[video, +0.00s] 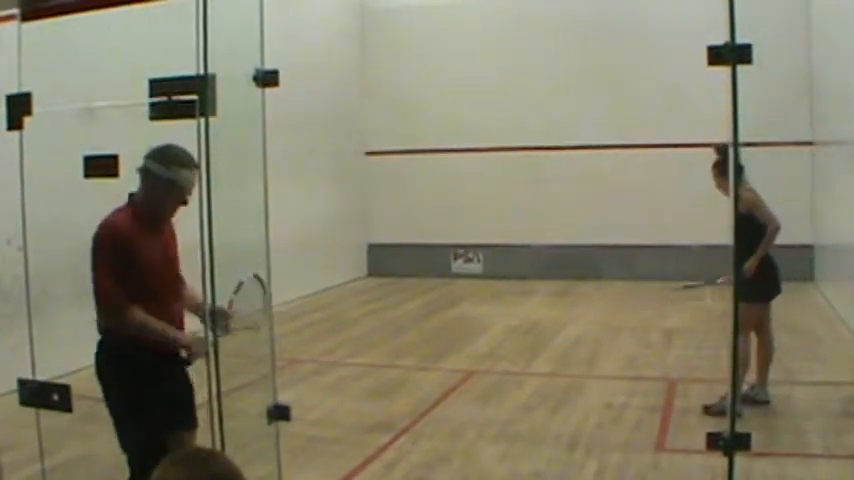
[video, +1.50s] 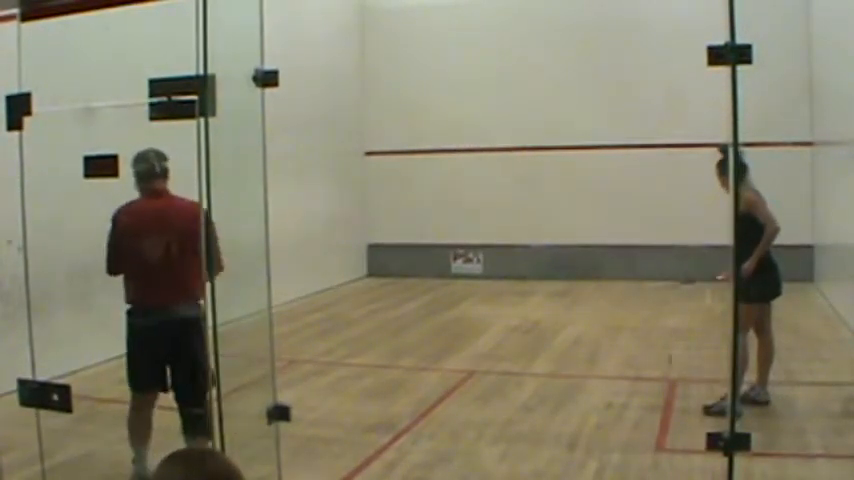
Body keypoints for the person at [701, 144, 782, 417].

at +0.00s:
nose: (717, 186)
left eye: (717, 180)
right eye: (716, 181)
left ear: (725, 177)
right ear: (729, 175)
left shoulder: (746, 196)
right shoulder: (742, 197)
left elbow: (773, 225)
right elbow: (749, 240)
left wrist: (754, 260)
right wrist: (735, 271)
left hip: (754, 276)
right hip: (756, 274)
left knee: (741, 334)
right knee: (763, 332)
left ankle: (733, 395)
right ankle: (760, 388)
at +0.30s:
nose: (716, 188)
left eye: (717, 182)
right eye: (714, 183)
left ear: (726, 177)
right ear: (727, 177)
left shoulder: (744, 196)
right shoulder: (740, 198)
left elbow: (769, 225)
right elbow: (747, 238)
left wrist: (751, 259)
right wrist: (734, 268)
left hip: (752, 276)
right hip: (756, 274)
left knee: (739, 333)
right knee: (762, 332)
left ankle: (733, 394)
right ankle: (760, 387)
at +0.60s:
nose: (716, 187)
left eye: (716, 181)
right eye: (714, 182)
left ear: (726, 178)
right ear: (728, 176)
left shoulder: (745, 197)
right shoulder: (740, 199)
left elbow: (770, 226)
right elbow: (747, 243)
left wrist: (751, 261)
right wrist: (732, 272)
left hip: (753, 276)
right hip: (756, 275)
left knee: (738, 334)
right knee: (762, 332)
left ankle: (733, 393)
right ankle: (759, 388)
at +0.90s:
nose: (717, 185)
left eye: (717, 179)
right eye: (715, 180)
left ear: (726, 177)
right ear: (730, 175)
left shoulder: (746, 197)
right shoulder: (742, 197)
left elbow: (772, 226)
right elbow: (749, 243)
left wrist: (752, 261)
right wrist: (733, 273)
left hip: (753, 277)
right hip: (757, 276)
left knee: (738, 334)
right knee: (762, 332)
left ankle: (733, 394)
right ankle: (760, 388)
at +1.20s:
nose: (717, 184)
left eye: (719, 178)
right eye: (717, 178)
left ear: (728, 176)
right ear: (732, 174)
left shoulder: (747, 197)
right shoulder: (741, 197)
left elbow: (772, 227)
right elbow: (751, 236)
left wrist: (753, 261)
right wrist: (737, 267)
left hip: (754, 275)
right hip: (753, 274)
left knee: (738, 332)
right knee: (762, 331)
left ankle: (733, 394)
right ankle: (760, 388)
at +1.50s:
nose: (720, 183)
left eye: (721, 177)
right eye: (719, 178)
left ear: (729, 176)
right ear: (737, 173)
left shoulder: (749, 198)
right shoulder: (742, 199)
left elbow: (772, 227)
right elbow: (748, 241)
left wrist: (752, 262)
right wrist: (734, 270)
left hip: (754, 277)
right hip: (756, 275)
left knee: (739, 333)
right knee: (763, 331)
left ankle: (733, 395)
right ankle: (760, 388)